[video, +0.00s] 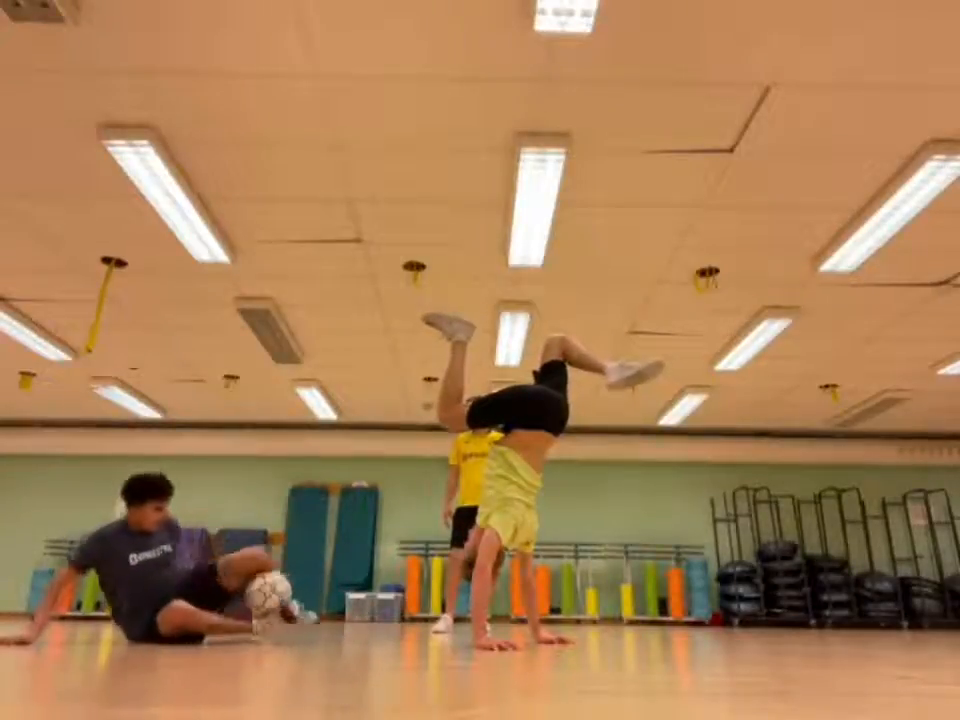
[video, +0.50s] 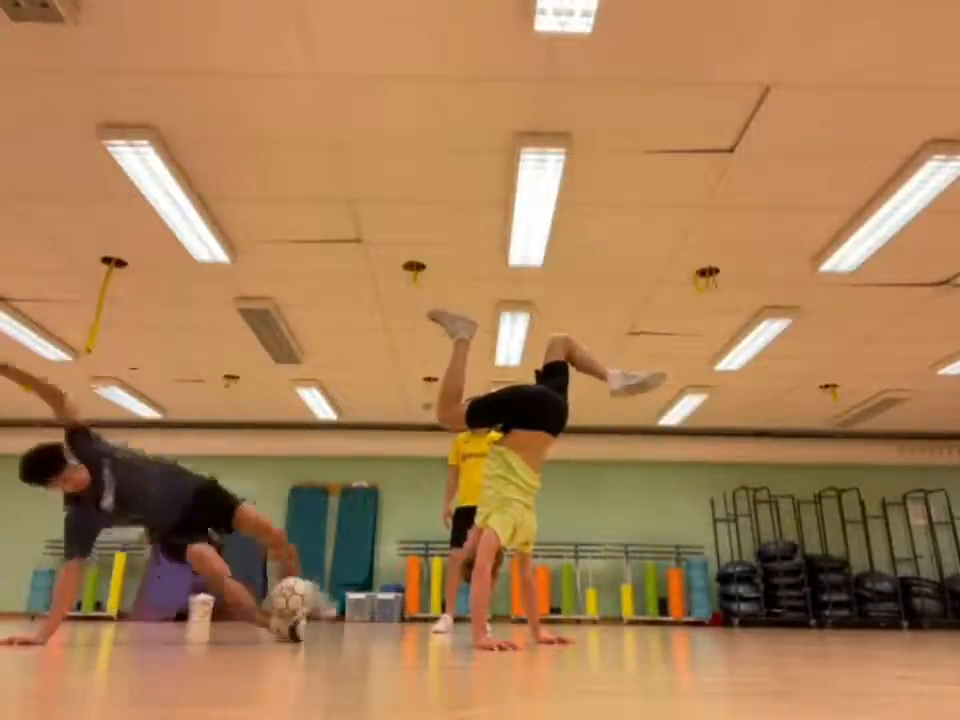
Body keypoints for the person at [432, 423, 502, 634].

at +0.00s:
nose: (476, 418)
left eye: (481, 412)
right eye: (473, 411)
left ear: (492, 415)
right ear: (467, 415)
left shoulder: (499, 439)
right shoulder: (462, 440)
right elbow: (454, 473)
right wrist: (448, 503)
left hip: (492, 504)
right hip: (466, 504)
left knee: (490, 564)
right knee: (456, 558)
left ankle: (483, 618)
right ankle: (449, 613)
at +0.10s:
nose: (476, 418)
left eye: (481, 412)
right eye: (473, 412)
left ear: (491, 415)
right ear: (466, 415)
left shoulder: (499, 439)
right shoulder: (462, 440)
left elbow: (507, 471)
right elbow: (454, 473)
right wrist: (448, 503)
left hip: (492, 504)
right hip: (466, 504)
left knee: (490, 564)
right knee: (456, 558)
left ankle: (483, 618)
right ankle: (449, 613)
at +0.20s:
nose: (476, 419)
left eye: (481, 413)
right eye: (473, 413)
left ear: (491, 416)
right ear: (466, 416)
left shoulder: (499, 439)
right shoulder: (462, 440)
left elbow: (507, 471)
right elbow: (453, 473)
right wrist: (448, 504)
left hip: (492, 504)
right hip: (465, 504)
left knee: (490, 564)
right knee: (456, 558)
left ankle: (483, 618)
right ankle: (448, 613)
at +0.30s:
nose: (476, 420)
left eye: (481, 414)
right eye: (473, 414)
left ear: (491, 416)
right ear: (467, 416)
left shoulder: (499, 439)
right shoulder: (462, 440)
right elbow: (453, 473)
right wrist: (448, 504)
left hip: (492, 504)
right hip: (465, 504)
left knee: (490, 564)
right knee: (456, 557)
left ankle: (484, 618)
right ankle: (448, 613)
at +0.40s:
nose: (476, 420)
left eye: (481, 414)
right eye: (473, 414)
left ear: (491, 416)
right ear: (466, 415)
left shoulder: (499, 439)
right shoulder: (462, 440)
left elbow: (506, 471)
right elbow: (453, 473)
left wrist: (502, 501)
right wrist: (448, 503)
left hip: (491, 504)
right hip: (465, 504)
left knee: (490, 563)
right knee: (455, 557)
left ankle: (483, 618)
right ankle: (448, 613)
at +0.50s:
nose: (476, 420)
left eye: (481, 414)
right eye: (472, 413)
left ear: (491, 415)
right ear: (466, 415)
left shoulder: (499, 438)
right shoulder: (462, 440)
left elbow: (506, 471)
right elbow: (453, 473)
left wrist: (502, 501)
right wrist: (448, 503)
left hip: (491, 504)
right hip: (465, 504)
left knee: (489, 563)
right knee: (456, 557)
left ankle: (483, 617)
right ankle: (448, 613)